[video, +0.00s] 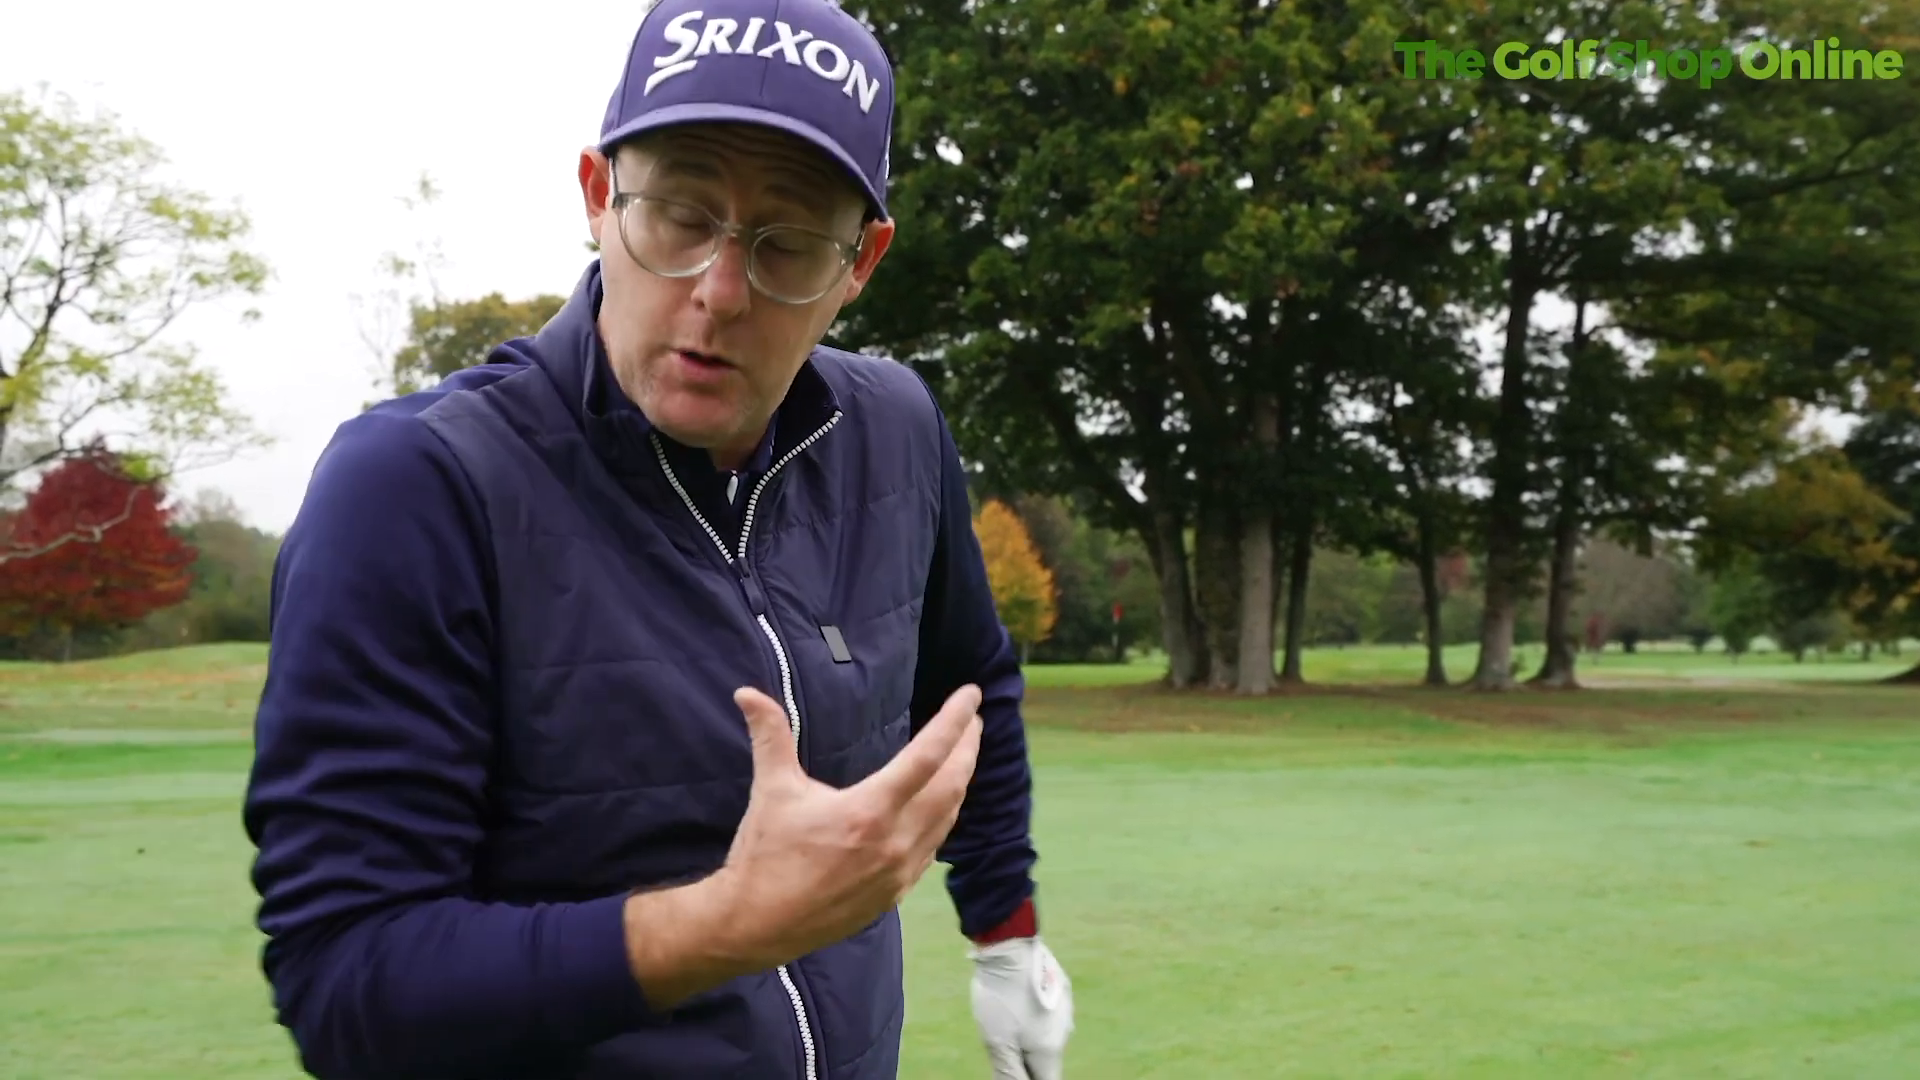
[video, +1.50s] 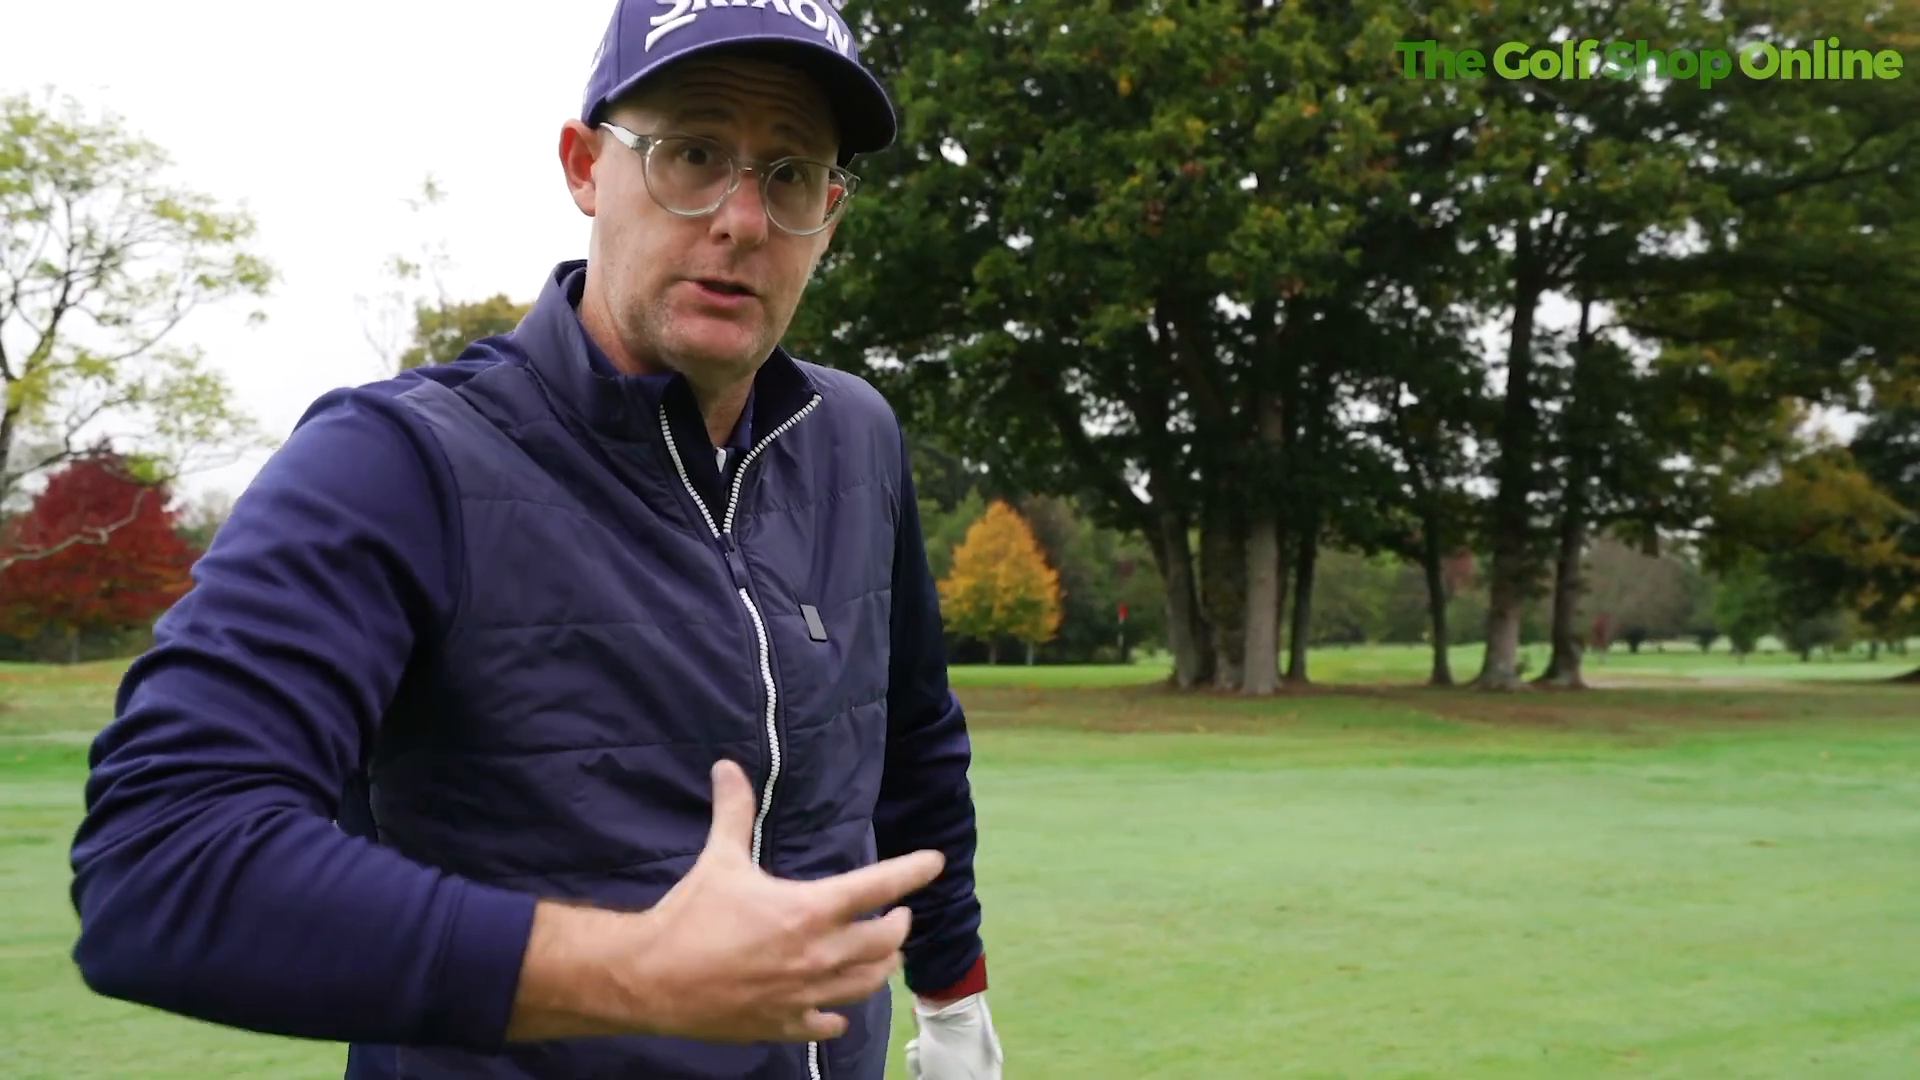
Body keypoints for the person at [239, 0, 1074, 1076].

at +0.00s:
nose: (721, 291)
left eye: (782, 240)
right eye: (683, 216)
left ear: (857, 266)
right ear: (600, 200)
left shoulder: (893, 434)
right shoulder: (415, 484)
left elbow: (970, 690)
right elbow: (343, 979)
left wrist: (1004, 933)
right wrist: (717, 923)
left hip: (851, 1054)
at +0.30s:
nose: (764, 255)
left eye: (823, 202)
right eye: (719, 179)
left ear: (883, 233)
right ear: (622, 175)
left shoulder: (899, 461)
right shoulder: (404, 510)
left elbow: (917, 744)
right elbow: (258, 986)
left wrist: (924, 972)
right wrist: (582, 1032)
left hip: (862, 1053)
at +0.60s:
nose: (790, 232)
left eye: (841, 180)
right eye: (744, 160)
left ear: (888, 225)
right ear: (636, 170)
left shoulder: (895, 475)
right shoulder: (408, 508)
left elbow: (832, 834)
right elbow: (240, 968)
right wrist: (552, 1063)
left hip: (852, 1055)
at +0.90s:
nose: (779, 237)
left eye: (829, 185)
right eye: (730, 167)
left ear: (884, 225)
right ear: (627, 177)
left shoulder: (886, 476)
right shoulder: (405, 508)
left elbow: (827, 845)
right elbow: (283, 968)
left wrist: (850, 1044)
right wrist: (566, 1067)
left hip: (841, 1056)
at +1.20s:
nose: (754, 208)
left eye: (798, 160)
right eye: (700, 146)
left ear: (847, 206)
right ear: (596, 174)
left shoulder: (866, 471)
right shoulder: (399, 502)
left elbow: (854, 809)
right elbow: (186, 967)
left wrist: (848, 1008)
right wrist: (571, 1059)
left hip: (830, 1055)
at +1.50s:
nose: (743, 220)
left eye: (790, 172)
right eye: (695, 155)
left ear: (832, 213)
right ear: (587, 168)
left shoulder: (854, 443)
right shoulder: (401, 459)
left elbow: (915, 742)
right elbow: (159, 867)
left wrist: (952, 993)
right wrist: (620, 968)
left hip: (831, 1056)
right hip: (525, 1054)